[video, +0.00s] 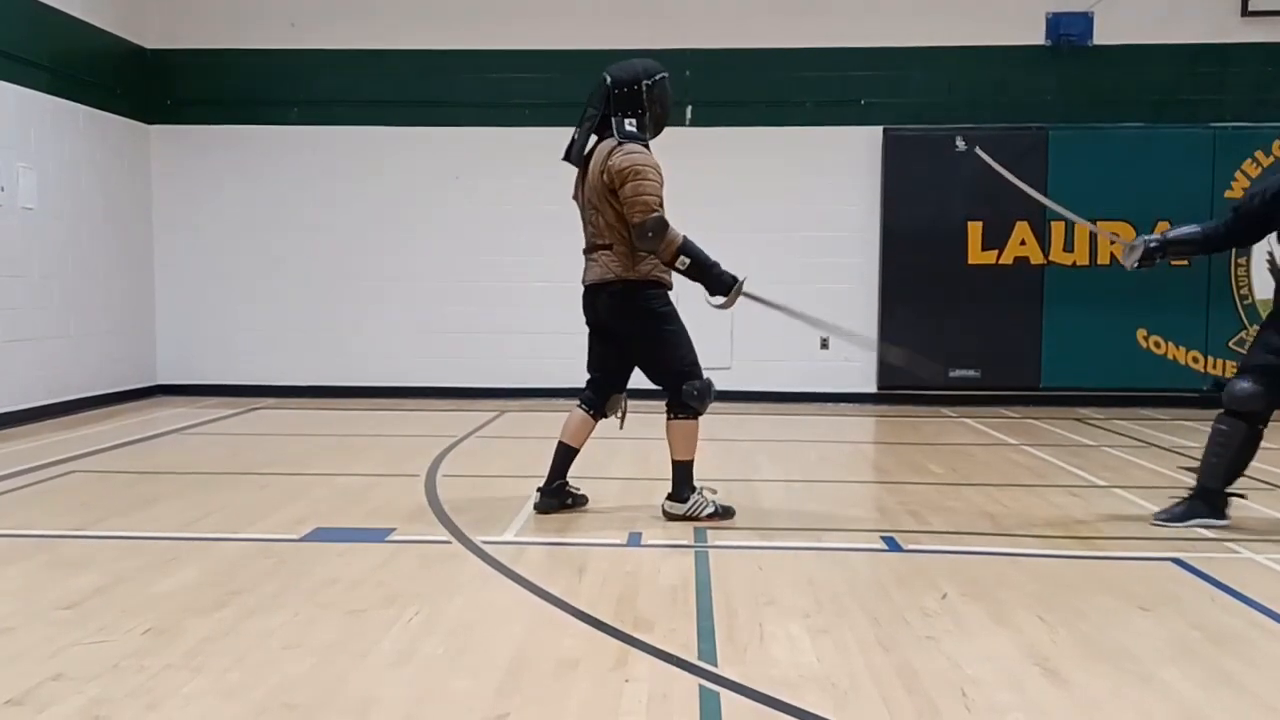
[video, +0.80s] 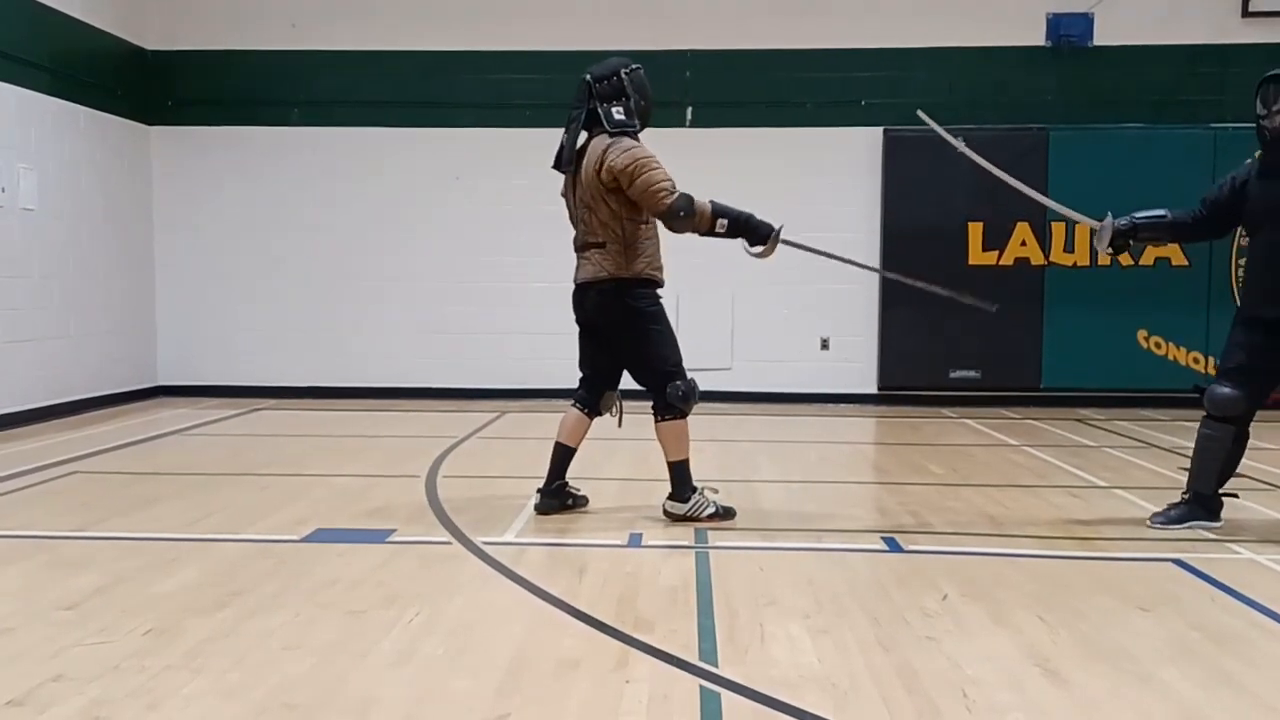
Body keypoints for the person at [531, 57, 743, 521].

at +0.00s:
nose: (665, 107)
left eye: (663, 97)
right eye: (660, 98)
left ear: (616, 102)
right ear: (645, 102)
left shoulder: (599, 154)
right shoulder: (633, 158)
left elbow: (617, 234)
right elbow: (651, 233)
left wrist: (684, 263)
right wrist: (714, 275)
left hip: (603, 293)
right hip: (637, 294)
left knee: (601, 392)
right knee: (688, 388)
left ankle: (553, 486)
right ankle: (682, 494)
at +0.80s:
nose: (646, 100)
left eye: (641, 91)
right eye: (640, 93)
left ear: (596, 102)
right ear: (629, 99)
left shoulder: (584, 152)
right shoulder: (625, 153)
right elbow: (678, 211)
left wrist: (712, 224)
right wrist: (743, 223)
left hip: (593, 293)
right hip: (629, 293)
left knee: (594, 390)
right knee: (671, 389)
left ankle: (553, 487)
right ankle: (683, 494)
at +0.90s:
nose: (649, 100)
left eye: (645, 92)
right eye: (643, 93)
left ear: (598, 103)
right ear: (632, 99)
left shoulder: (586, 153)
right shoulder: (631, 152)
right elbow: (689, 203)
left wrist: (725, 214)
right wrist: (757, 214)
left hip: (594, 293)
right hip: (631, 293)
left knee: (594, 390)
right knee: (672, 390)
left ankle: (553, 488)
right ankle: (683, 495)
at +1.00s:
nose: (655, 105)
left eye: (651, 96)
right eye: (650, 97)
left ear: (604, 104)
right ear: (638, 101)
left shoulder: (588, 153)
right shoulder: (639, 152)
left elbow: (584, 219)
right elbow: (699, 201)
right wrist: (775, 212)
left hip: (595, 293)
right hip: (634, 294)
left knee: (594, 389)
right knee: (674, 390)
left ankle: (553, 487)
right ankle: (683, 495)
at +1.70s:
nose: (664, 103)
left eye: (661, 94)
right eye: (659, 95)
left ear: (613, 101)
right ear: (646, 100)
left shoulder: (592, 151)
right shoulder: (641, 155)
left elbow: (596, 224)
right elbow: (649, 229)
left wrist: (689, 233)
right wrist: (707, 236)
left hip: (590, 292)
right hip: (628, 294)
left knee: (592, 386)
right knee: (671, 392)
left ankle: (553, 487)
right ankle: (683, 495)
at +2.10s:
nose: (657, 105)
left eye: (655, 95)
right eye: (652, 96)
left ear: (604, 100)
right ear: (637, 101)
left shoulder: (587, 152)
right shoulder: (632, 158)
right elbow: (681, 224)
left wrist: (718, 230)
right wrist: (751, 222)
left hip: (584, 293)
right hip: (620, 295)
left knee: (588, 390)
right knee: (658, 394)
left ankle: (551, 489)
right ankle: (682, 496)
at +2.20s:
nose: (663, 103)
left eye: (660, 94)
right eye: (658, 95)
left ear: (610, 100)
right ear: (643, 100)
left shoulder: (588, 150)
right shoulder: (642, 154)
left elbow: (582, 223)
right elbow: (711, 199)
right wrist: (783, 201)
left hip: (586, 293)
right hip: (623, 295)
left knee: (588, 388)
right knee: (662, 394)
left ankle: (551, 488)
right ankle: (682, 496)